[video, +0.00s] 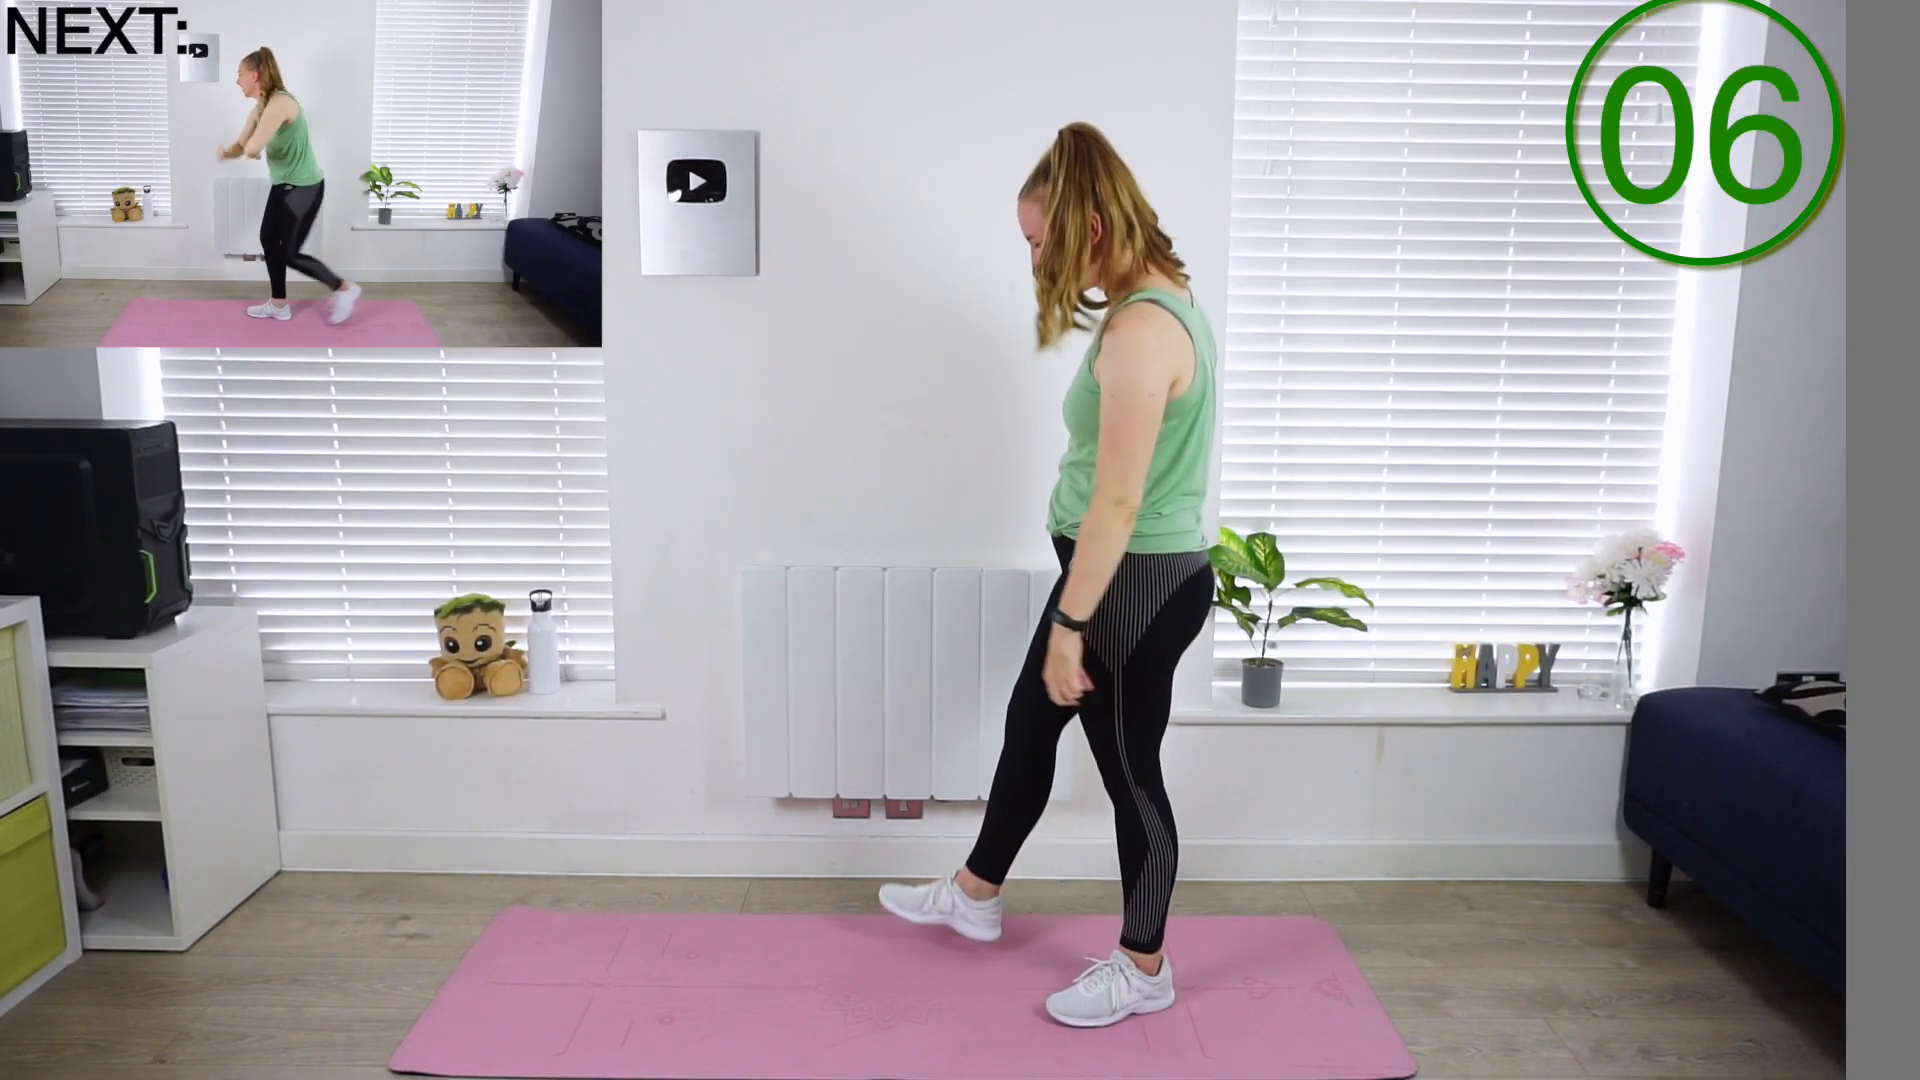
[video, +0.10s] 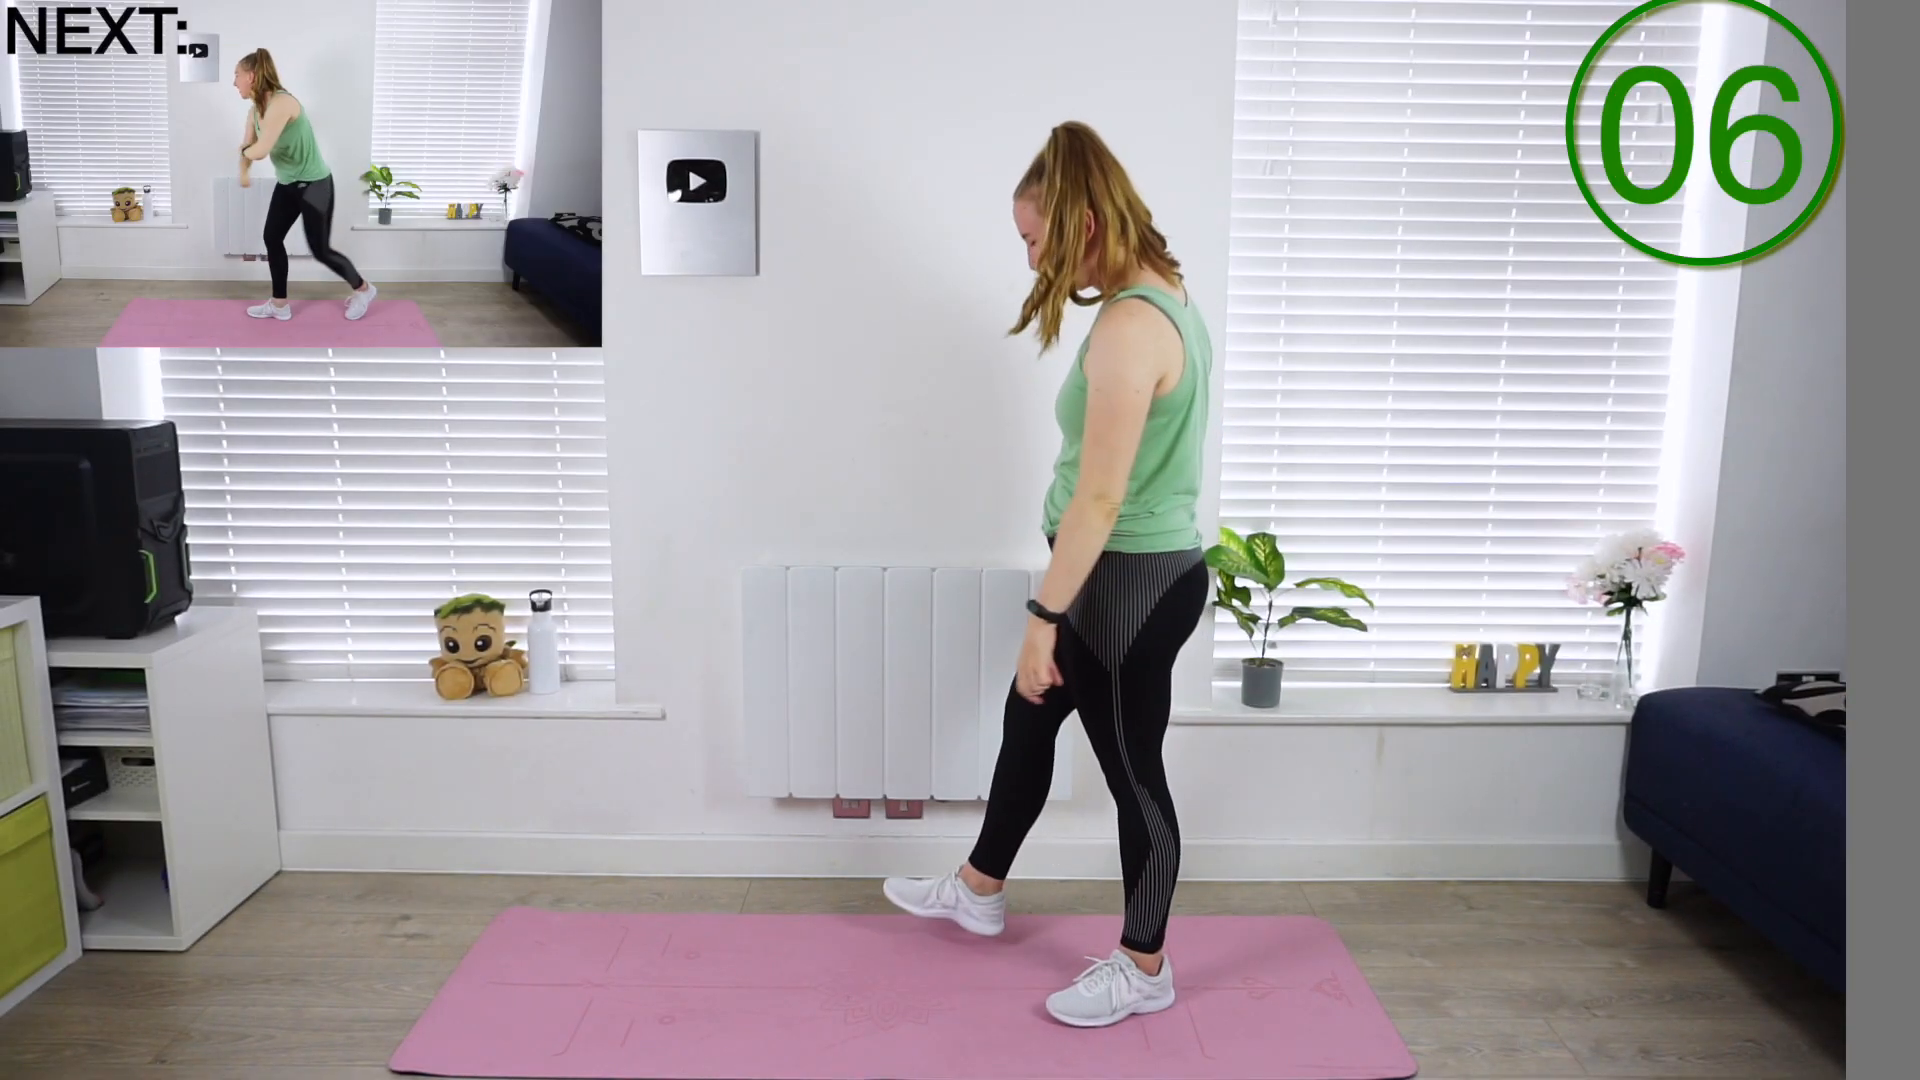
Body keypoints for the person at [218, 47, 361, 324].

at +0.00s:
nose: (238, 81)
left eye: (241, 75)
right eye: (238, 75)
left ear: (257, 77)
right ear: (256, 77)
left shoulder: (280, 103)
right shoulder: (261, 107)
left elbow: (253, 149)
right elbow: (243, 143)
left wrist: (251, 151)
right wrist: (229, 153)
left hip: (305, 186)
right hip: (283, 185)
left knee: (289, 252)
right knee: (269, 239)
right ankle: (279, 303)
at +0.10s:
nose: (235, 83)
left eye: (238, 76)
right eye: (235, 77)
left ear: (253, 77)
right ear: (252, 78)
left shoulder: (281, 103)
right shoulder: (256, 110)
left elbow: (261, 150)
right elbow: (248, 146)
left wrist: (245, 153)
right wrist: (244, 170)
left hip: (315, 183)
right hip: (288, 184)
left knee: (320, 250)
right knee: (272, 237)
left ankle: (363, 289)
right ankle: (279, 303)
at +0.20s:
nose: (235, 87)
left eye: (238, 80)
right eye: (236, 80)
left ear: (253, 81)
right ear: (253, 80)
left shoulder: (283, 106)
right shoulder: (257, 111)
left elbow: (267, 153)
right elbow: (253, 150)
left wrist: (247, 164)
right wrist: (262, 166)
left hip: (323, 181)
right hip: (295, 184)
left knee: (335, 242)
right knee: (271, 236)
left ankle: (367, 292)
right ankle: (279, 303)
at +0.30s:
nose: (238, 90)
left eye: (241, 84)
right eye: (239, 84)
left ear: (256, 85)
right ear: (255, 85)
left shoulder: (285, 110)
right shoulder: (262, 114)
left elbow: (268, 161)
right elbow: (251, 154)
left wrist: (251, 179)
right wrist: (256, 155)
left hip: (326, 184)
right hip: (298, 186)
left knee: (342, 241)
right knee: (269, 238)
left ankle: (370, 294)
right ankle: (278, 303)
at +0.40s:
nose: (239, 89)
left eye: (242, 83)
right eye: (240, 83)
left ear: (258, 86)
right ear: (260, 86)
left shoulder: (283, 110)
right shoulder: (262, 116)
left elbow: (269, 159)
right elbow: (245, 156)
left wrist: (255, 173)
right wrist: (236, 147)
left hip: (322, 188)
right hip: (295, 190)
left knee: (336, 245)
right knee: (265, 239)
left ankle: (369, 294)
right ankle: (278, 304)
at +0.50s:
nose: (242, 82)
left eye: (245, 77)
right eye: (243, 77)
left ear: (261, 81)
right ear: (261, 81)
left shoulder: (283, 105)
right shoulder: (263, 109)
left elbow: (255, 142)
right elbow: (239, 142)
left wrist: (247, 141)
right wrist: (220, 148)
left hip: (310, 192)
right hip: (285, 191)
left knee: (310, 258)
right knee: (259, 240)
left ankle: (361, 288)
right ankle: (278, 305)